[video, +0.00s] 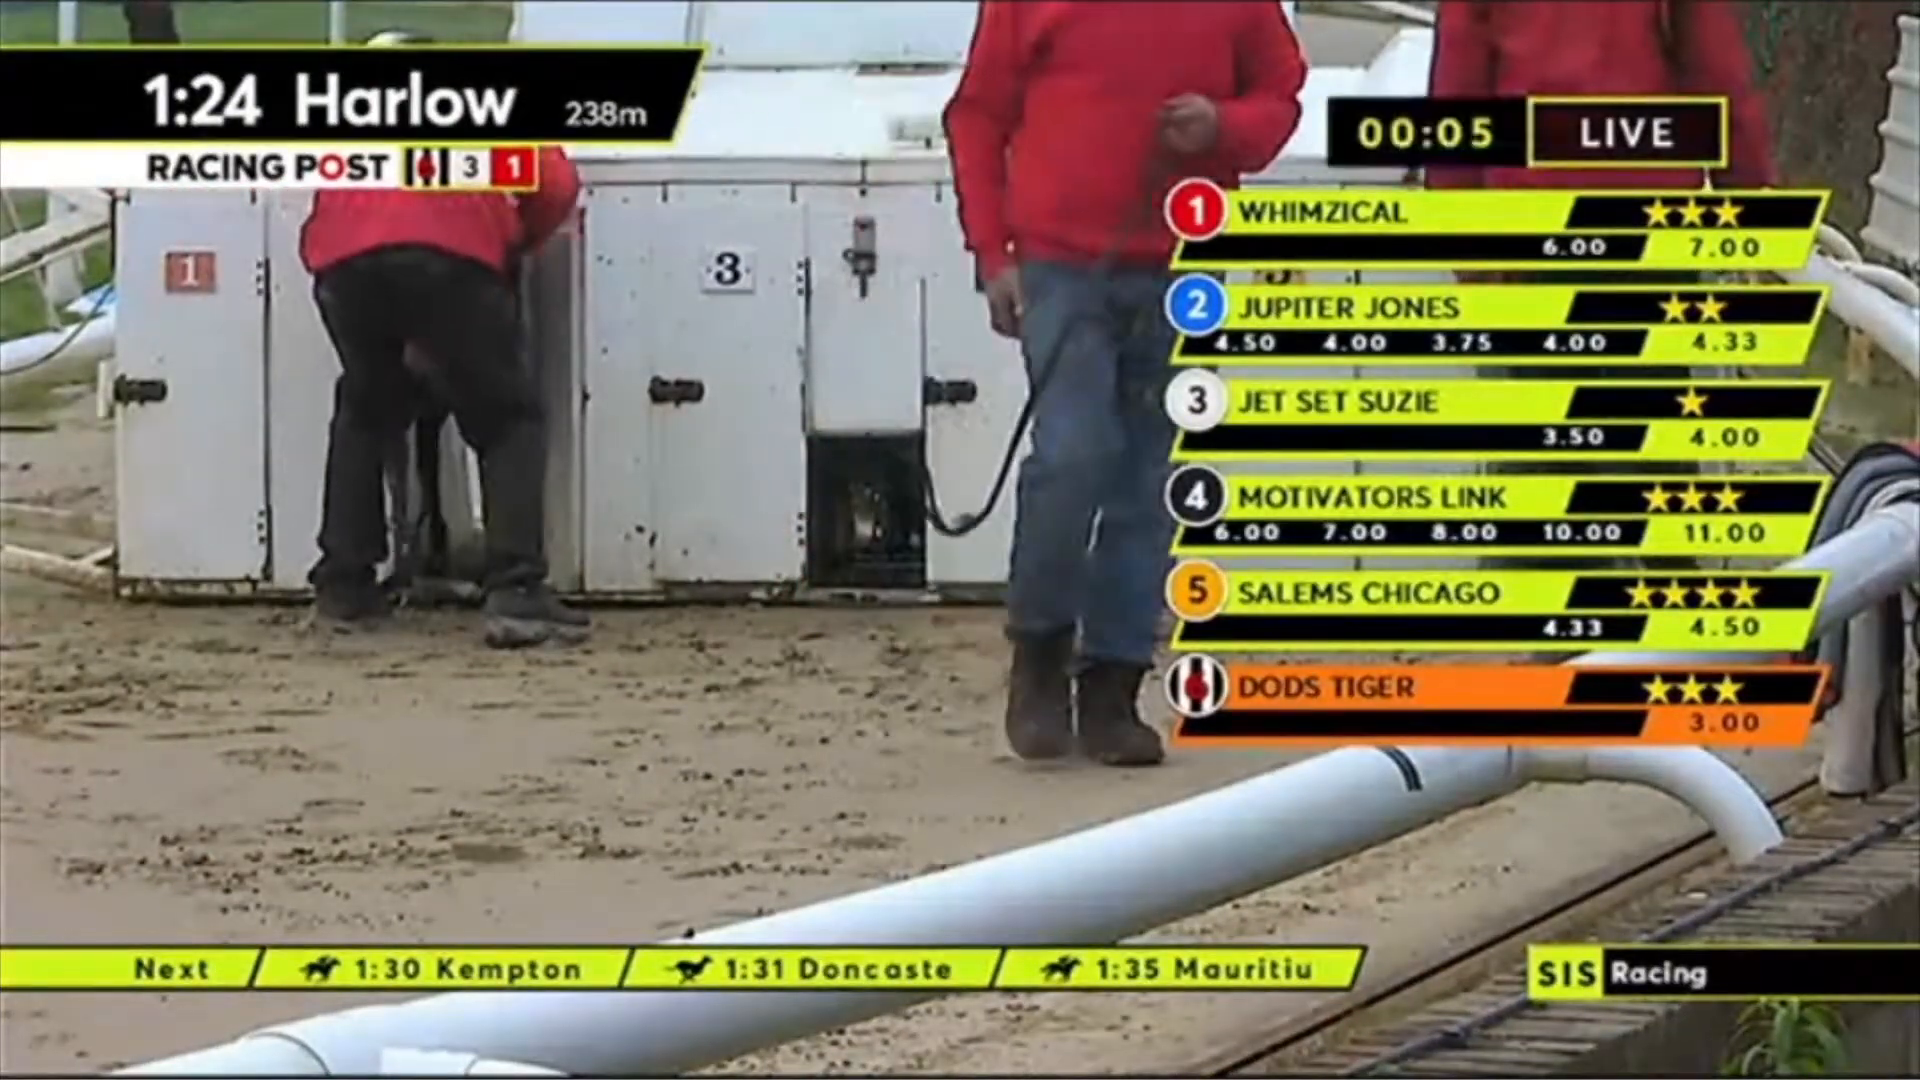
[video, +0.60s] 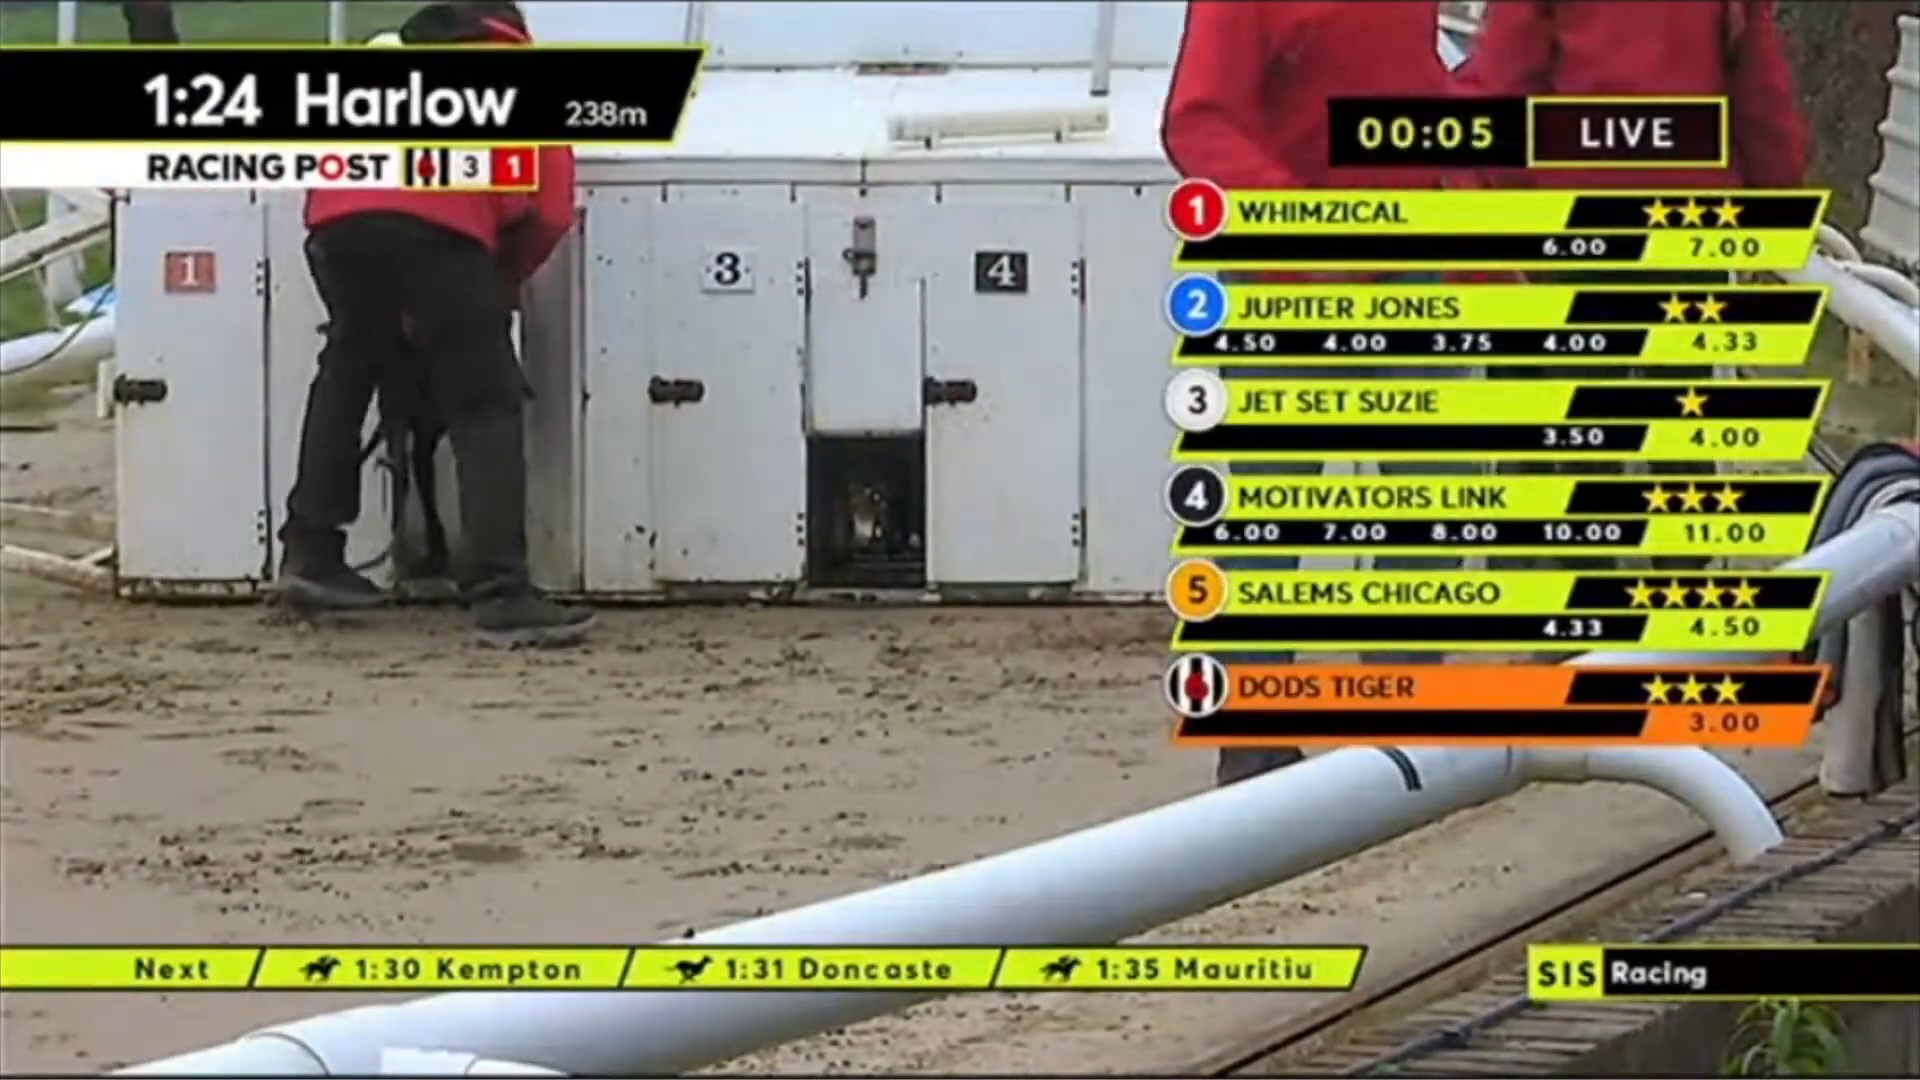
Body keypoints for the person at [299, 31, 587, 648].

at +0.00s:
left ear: (392, 78)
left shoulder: (356, 126)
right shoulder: (502, 118)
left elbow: (316, 235)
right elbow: (560, 187)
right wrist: (505, 246)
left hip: (345, 264)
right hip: (454, 260)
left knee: (365, 395)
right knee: (505, 419)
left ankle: (343, 584)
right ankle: (515, 590)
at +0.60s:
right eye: (520, 25)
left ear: (436, 20)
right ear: (512, 25)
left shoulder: (377, 59)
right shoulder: (526, 75)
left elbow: (333, 175)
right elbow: (553, 214)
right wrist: (489, 289)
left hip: (337, 221)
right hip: (442, 231)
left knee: (352, 351)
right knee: (486, 405)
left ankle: (311, 553)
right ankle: (500, 591)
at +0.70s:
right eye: (518, 44)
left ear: (438, 37)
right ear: (507, 43)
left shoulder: (365, 71)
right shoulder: (518, 92)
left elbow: (312, 174)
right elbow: (542, 215)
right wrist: (493, 281)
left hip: (325, 230)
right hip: (428, 236)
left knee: (328, 384)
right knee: (477, 411)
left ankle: (273, 572)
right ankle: (499, 594)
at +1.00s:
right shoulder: (513, 137)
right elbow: (521, 263)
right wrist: (474, 316)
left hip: (308, 258)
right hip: (409, 270)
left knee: (310, 395)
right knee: (487, 429)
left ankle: (266, 573)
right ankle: (483, 591)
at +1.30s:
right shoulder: (494, 149)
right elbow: (527, 270)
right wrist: (488, 328)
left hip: (291, 250)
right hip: (394, 259)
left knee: (300, 387)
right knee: (466, 417)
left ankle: (262, 574)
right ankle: (486, 590)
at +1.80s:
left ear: (403, 57)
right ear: (474, 72)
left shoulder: (348, 107)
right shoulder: (493, 137)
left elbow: (284, 216)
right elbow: (489, 251)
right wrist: (505, 323)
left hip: (301, 270)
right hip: (401, 273)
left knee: (329, 394)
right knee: (474, 424)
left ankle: (265, 574)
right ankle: (485, 590)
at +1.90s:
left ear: (399, 61)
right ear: (472, 73)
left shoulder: (345, 107)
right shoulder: (489, 129)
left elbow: (282, 215)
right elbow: (476, 241)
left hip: (299, 269)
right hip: (398, 273)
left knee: (322, 396)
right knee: (474, 425)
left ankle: (264, 575)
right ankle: (484, 590)